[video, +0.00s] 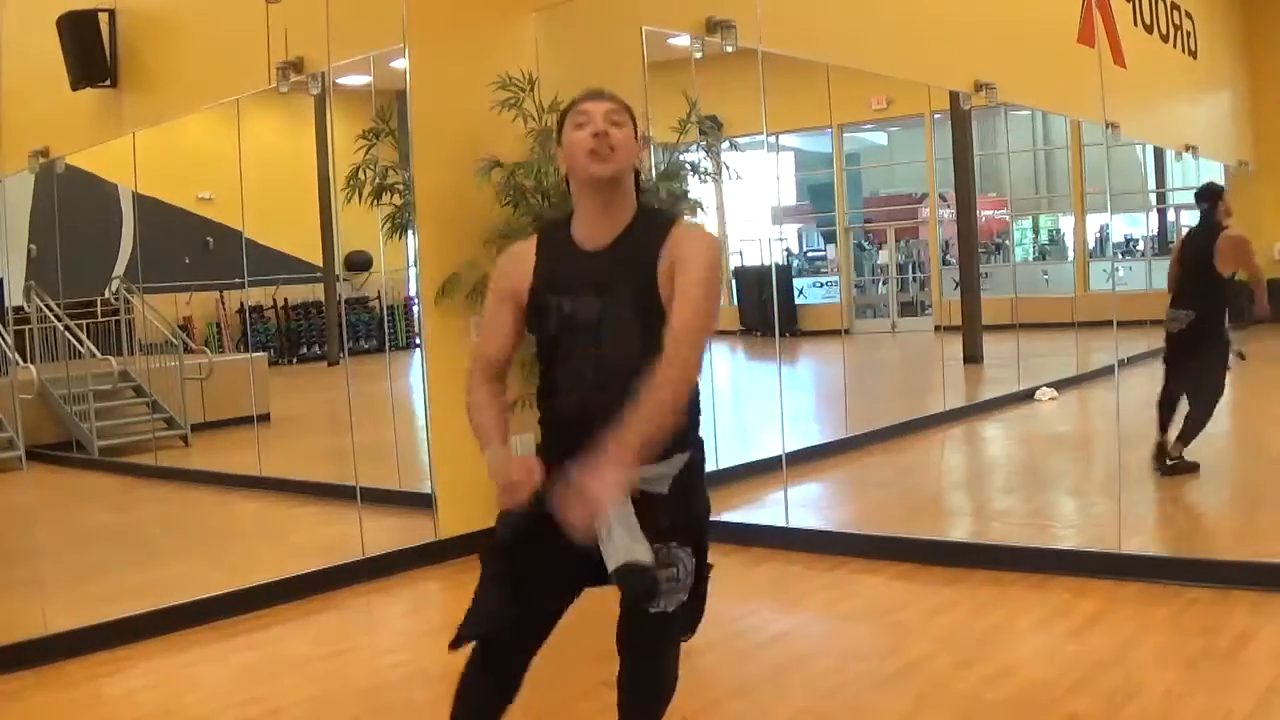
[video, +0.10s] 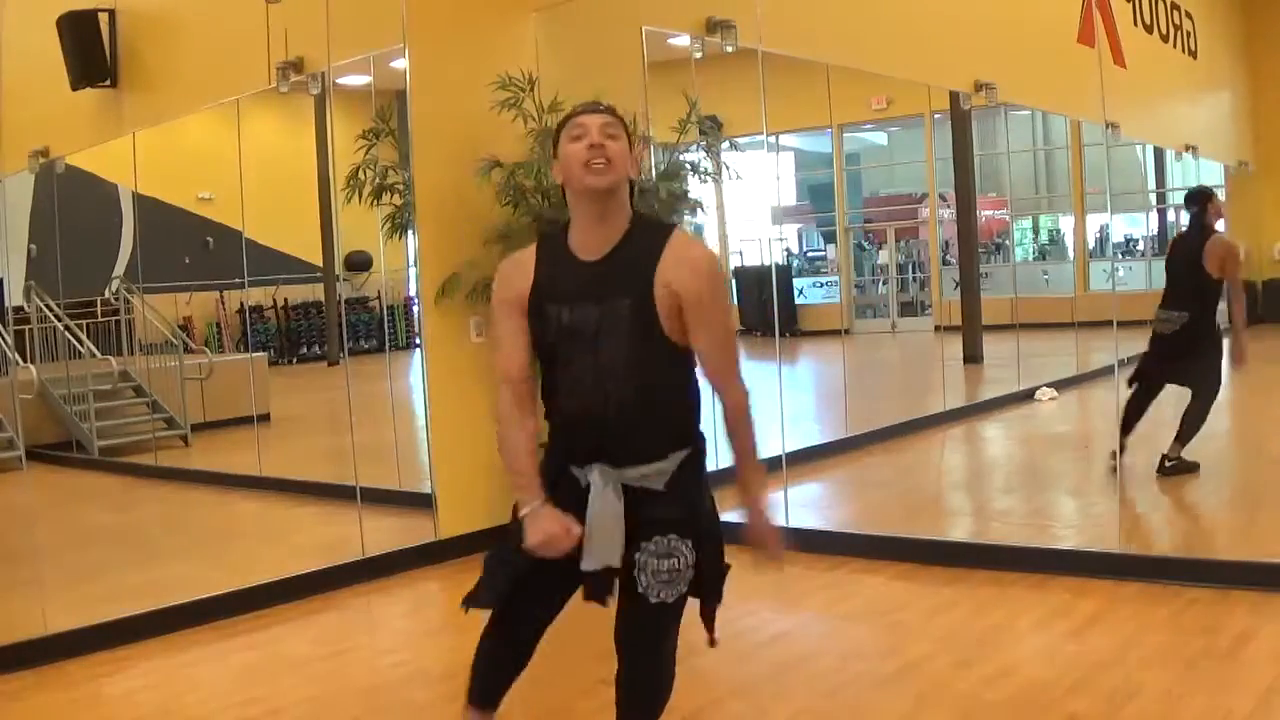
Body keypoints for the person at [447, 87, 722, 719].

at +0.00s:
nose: (599, 130)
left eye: (615, 122)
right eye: (582, 124)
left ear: (640, 150)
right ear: (561, 157)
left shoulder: (687, 247)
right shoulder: (523, 261)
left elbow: (675, 378)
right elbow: (488, 373)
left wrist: (607, 467)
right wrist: (500, 457)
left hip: (659, 488)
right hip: (560, 482)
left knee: (646, 681)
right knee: (494, 663)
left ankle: (639, 717)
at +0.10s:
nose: (595, 143)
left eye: (610, 136)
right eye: (579, 138)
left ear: (635, 161)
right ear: (559, 171)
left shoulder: (684, 261)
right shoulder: (521, 272)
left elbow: (729, 388)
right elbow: (515, 393)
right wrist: (531, 501)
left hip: (663, 488)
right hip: (567, 485)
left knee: (643, 671)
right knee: (510, 630)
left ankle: (636, 719)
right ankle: (477, 711)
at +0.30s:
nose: (618, 125)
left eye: (632, 116)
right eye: (601, 117)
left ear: (653, 139)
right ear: (579, 145)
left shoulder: (701, 224)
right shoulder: (541, 235)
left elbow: (766, 244)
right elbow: (514, 344)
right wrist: (571, 422)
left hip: (655, 453)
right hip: (568, 447)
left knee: (640, 613)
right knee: (576, 573)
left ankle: (631, 710)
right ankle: (608, 652)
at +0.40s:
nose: (633, 126)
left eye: (646, 119)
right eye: (617, 119)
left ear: (665, 144)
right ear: (593, 147)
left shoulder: (699, 222)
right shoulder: (553, 230)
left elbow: (771, 233)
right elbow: (523, 335)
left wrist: (783, 229)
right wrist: (567, 416)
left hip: (658, 444)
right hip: (578, 442)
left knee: (640, 603)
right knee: (597, 572)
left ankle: (632, 710)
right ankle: (670, 637)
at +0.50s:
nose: (640, 140)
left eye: (651, 132)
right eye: (624, 132)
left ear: (669, 153)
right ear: (598, 156)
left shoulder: (708, 237)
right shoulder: (561, 239)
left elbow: (777, 283)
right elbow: (537, 343)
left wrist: (803, 317)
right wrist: (559, 429)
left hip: (667, 443)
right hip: (592, 442)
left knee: (646, 595)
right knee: (623, 573)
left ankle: (632, 714)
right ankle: (704, 644)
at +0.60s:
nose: (639, 158)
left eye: (651, 150)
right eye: (623, 151)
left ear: (667, 171)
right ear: (600, 174)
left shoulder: (710, 258)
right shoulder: (572, 256)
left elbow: (769, 352)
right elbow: (552, 356)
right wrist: (553, 448)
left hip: (683, 452)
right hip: (611, 449)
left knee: (656, 601)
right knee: (657, 572)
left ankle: (636, 715)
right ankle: (720, 655)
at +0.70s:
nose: (642, 172)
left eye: (651, 161)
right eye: (625, 166)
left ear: (669, 175)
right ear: (605, 187)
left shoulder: (713, 260)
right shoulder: (587, 265)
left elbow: (732, 377)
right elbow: (569, 364)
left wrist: (725, 477)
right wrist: (558, 454)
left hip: (695, 443)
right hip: (626, 442)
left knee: (664, 583)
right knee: (668, 568)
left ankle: (641, 710)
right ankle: (726, 662)